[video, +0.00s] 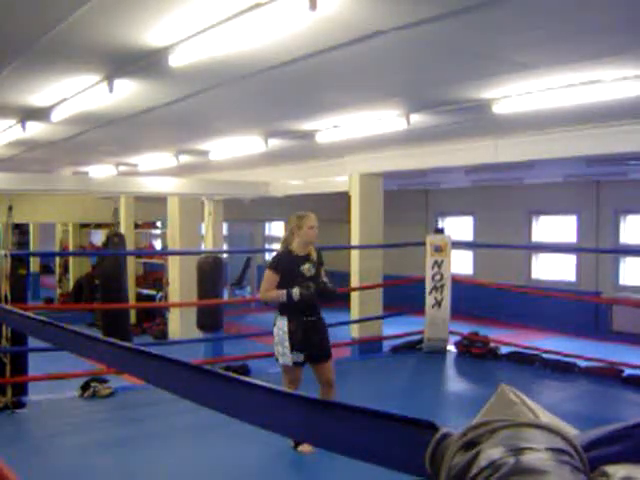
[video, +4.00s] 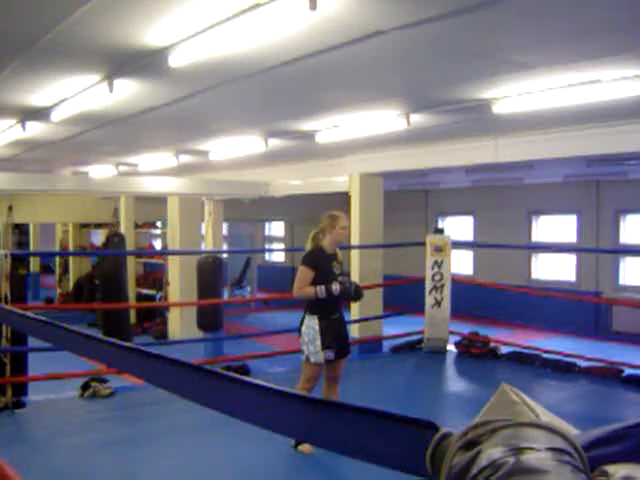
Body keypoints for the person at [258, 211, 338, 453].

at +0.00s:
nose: (315, 232)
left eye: (316, 228)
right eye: (311, 228)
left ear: (314, 231)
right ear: (296, 231)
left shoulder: (315, 255)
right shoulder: (281, 260)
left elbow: (321, 282)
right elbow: (265, 293)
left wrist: (326, 288)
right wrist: (291, 293)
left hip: (314, 319)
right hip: (290, 321)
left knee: (328, 380)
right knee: (292, 381)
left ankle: (326, 430)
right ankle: (297, 435)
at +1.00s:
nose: (336, 232)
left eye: (337, 227)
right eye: (333, 227)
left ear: (328, 229)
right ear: (318, 229)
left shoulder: (328, 257)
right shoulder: (302, 257)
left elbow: (323, 287)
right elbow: (287, 291)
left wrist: (340, 291)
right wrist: (318, 290)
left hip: (326, 316)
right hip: (305, 317)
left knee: (329, 378)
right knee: (303, 379)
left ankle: (327, 429)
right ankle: (300, 433)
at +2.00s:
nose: (346, 233)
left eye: (347, 229)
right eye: (343, 229)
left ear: (337, 230)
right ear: (329, 229)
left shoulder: (336, 259)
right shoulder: (314, 256)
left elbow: (333, 288)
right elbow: (298, 289)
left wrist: (350, 290)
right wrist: (330, 289)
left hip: (336, 317)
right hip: (316, 318)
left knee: (334, 378)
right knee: (310, 380)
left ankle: (330, 429)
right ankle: (299, 431)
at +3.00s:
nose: (345, 233)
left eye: (346, 229)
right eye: (342, 229)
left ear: (335, 230)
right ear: (327, 229)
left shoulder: (334, 258)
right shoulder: (312, 255)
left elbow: (332, 289)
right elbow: (296, 289)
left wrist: (349, 291)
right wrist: (327, 289)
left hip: (334, 317)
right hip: (315, 318)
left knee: (334, 378)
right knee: (308, 379)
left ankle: (329, 428)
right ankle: (299, 431)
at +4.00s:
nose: (346, 233)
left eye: (347, 229)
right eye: (343, 229)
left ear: (338, 230)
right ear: (329, 229)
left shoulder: (336, 257)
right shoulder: (314, 256)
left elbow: (333, 288)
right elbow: (298, 290)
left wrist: (350, 291)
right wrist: (329, 289)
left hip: (335, 317)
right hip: (316, 318)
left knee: (334, 378)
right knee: (309, 379)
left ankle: (330, 428)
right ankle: (299, 431)